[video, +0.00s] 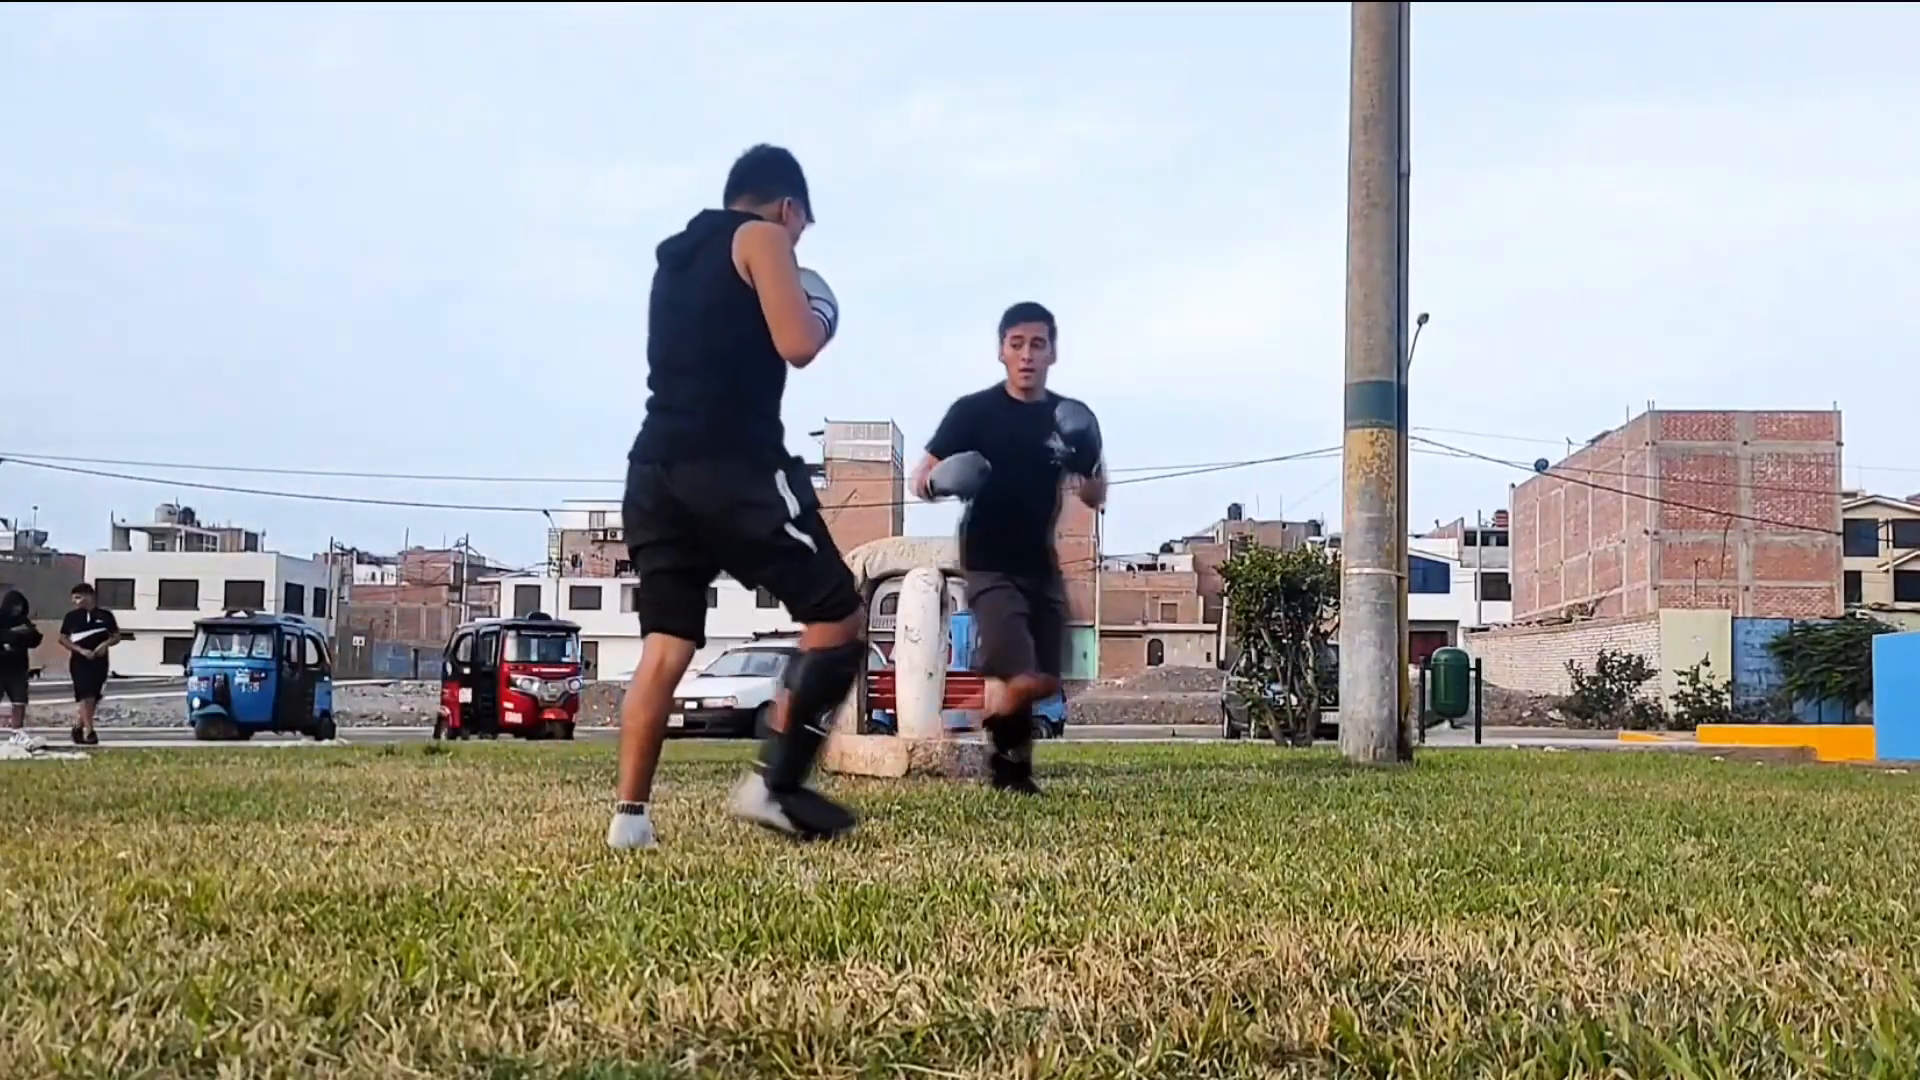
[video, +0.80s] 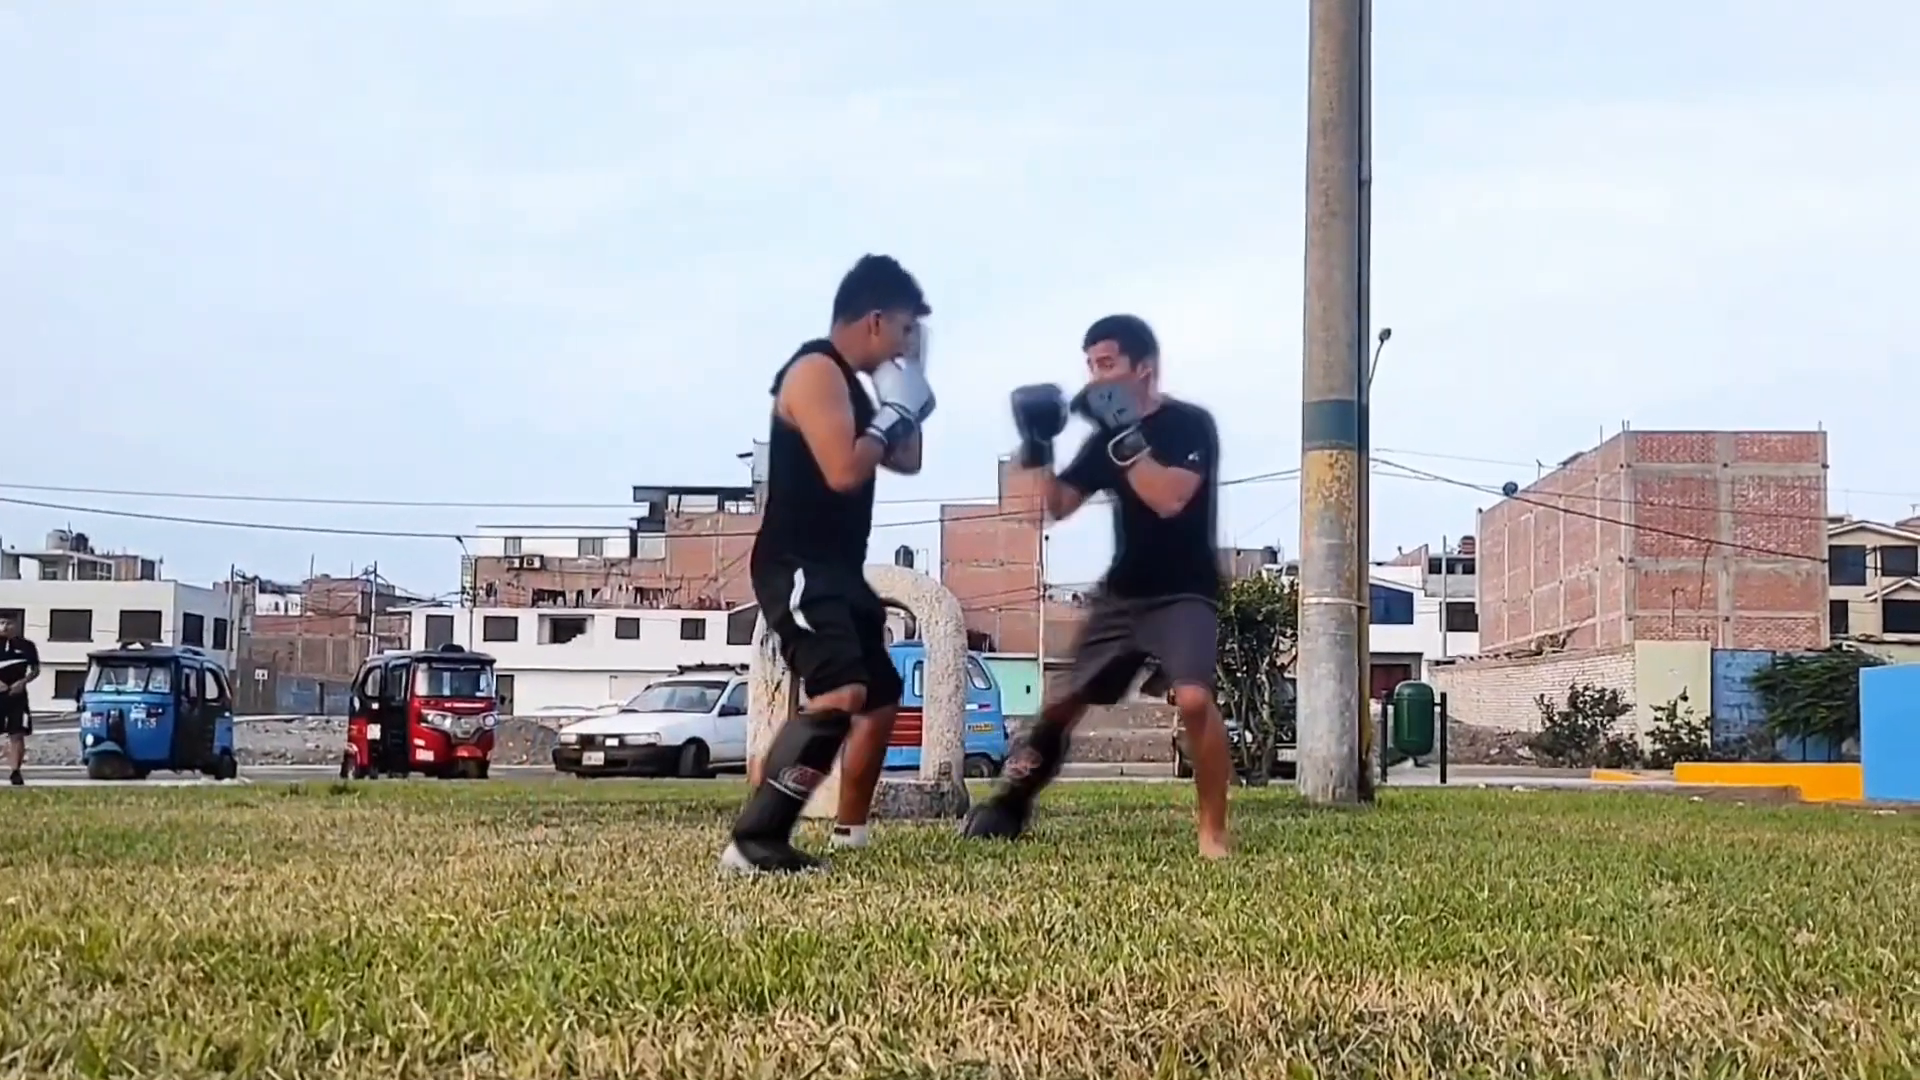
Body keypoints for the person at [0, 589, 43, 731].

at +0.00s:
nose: (18, 609)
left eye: (21, 606)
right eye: (15, 605)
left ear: (24, 607)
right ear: (8, 606)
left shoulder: (23, 621)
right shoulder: (5, 622)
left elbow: (36, 639)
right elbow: (8, 639)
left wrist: (26, 632)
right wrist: (23, 635)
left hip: (18, 664)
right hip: (6, 664)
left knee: (20, 700)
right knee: (18, 700)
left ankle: (17, 731)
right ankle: (17, 731)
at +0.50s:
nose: (24, 613)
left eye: (26, 609)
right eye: (20, 609)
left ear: (30, 609)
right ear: (13, 610)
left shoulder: (34, 623)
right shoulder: (5, 624)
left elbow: (49, 641)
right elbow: (3, 642)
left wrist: (37, 634)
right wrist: (17, 638)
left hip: (31, 669)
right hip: (11, 668)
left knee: (29, 705)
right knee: (14, 704)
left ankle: (9, 732)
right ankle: (16, 739)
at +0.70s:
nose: (32, 621)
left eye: (36, 617)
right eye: (29, 617)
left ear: (45, 618)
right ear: (25, 619)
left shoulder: (55, 638)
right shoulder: (19, 636)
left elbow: (61, 662)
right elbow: (7, 658)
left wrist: (51, 674)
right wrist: (23, 672)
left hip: (44, 686)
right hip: (22, 686)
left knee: (48, 723)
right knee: (18, 724)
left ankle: (48, 759)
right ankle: (14, 757)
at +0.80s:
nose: (6, 627)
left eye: (9, 623)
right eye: (3, 623)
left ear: (17, 625)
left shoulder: (27, 646)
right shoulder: (1, 646)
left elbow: (35, 670)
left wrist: (22, 682)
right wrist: (1, 684)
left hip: (16, 694)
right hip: (2, 693)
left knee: (17, 733)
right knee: (8, 733)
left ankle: (16, 770)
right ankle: (14, 769)